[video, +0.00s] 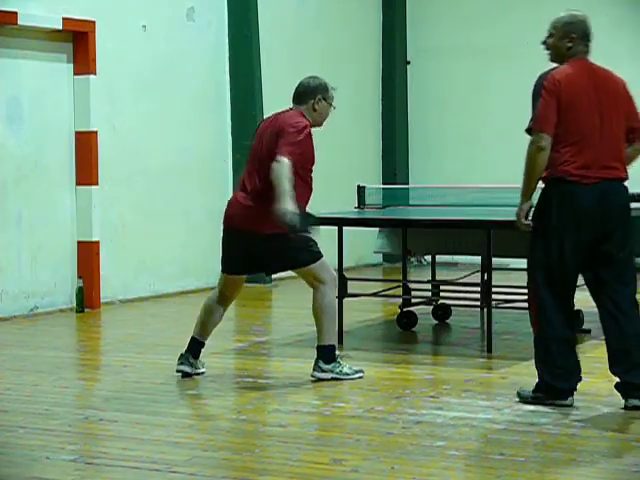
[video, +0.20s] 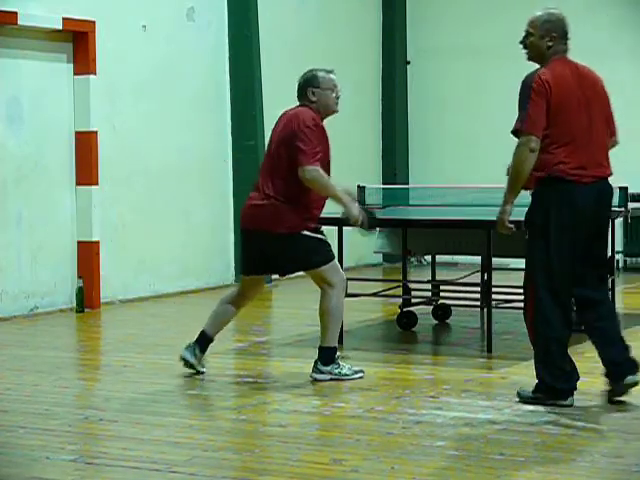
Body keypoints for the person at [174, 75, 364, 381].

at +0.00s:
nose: (329, 112)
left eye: (331, 105)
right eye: (329, 105)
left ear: (300, 101)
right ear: (315, 102)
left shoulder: (271, 122)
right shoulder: (297, 125)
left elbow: (256, 169)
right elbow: (281, 162)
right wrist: (285, 201)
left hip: (238, 222)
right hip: (274, 224)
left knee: (225, 292)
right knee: (326, 281)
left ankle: (190, 356)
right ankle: (327, 360)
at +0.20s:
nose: (338, 96)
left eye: (337, 91)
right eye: (332, 91)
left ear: (309, 95)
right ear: (312, 93)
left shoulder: (290, 118)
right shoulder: (307, 121)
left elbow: (300, 172)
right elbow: (309, 173)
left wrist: (340, 192)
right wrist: (346, 202)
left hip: (255, 220)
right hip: (285, 224)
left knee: (247, 288)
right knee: (334, 282)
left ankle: (197, 349)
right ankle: (327, 362)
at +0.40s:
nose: (332, 81)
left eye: (331, 76)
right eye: (326, 77)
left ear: (311, 84)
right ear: (305, 83)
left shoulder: (308, 113)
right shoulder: (298, 111)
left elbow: (303, 161)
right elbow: (291, 160)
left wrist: (338, 169)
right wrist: (335, 169)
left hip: (276, 217)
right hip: (287, 218)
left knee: (293, 286)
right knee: (331, 281)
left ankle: (232, 331)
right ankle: (327, 361)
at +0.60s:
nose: (309, 78)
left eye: (309, 73)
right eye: (302, 74)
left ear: (305, 80)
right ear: (282, 82)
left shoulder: (307, 114)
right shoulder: (267, 115)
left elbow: (309, 156)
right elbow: (249, 164)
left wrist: (334, 169)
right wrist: (281, 187)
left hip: (305, 216)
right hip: (275, 218)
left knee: (304, 291)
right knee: (315, 279)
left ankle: (265, 344)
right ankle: (326, 360)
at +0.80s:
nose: (285, 75)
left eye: (284, 69)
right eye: (277, 71)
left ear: (281, 75)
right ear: (257, 79)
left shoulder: (293, 108)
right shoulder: (238, 115)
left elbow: (313, 147)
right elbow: (211, 160)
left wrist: (319, 167)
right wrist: (194, 202)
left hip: (289, 213)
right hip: (252, 214)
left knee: (285, 284)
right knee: (283, 274)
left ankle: (254, 352)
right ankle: (306, 354)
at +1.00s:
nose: (261, 70)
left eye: (261, 64)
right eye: (253, 66)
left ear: (261, 71)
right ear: (233, 73)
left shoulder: (276, 104)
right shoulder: (213, 112)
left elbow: (298, 143)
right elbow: (190, 158)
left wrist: (294, 164)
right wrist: (163, 201)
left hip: (270, 210)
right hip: (229, 210)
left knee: (266, 280)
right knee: (238, 276)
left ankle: (254, 354)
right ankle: (228, 354)